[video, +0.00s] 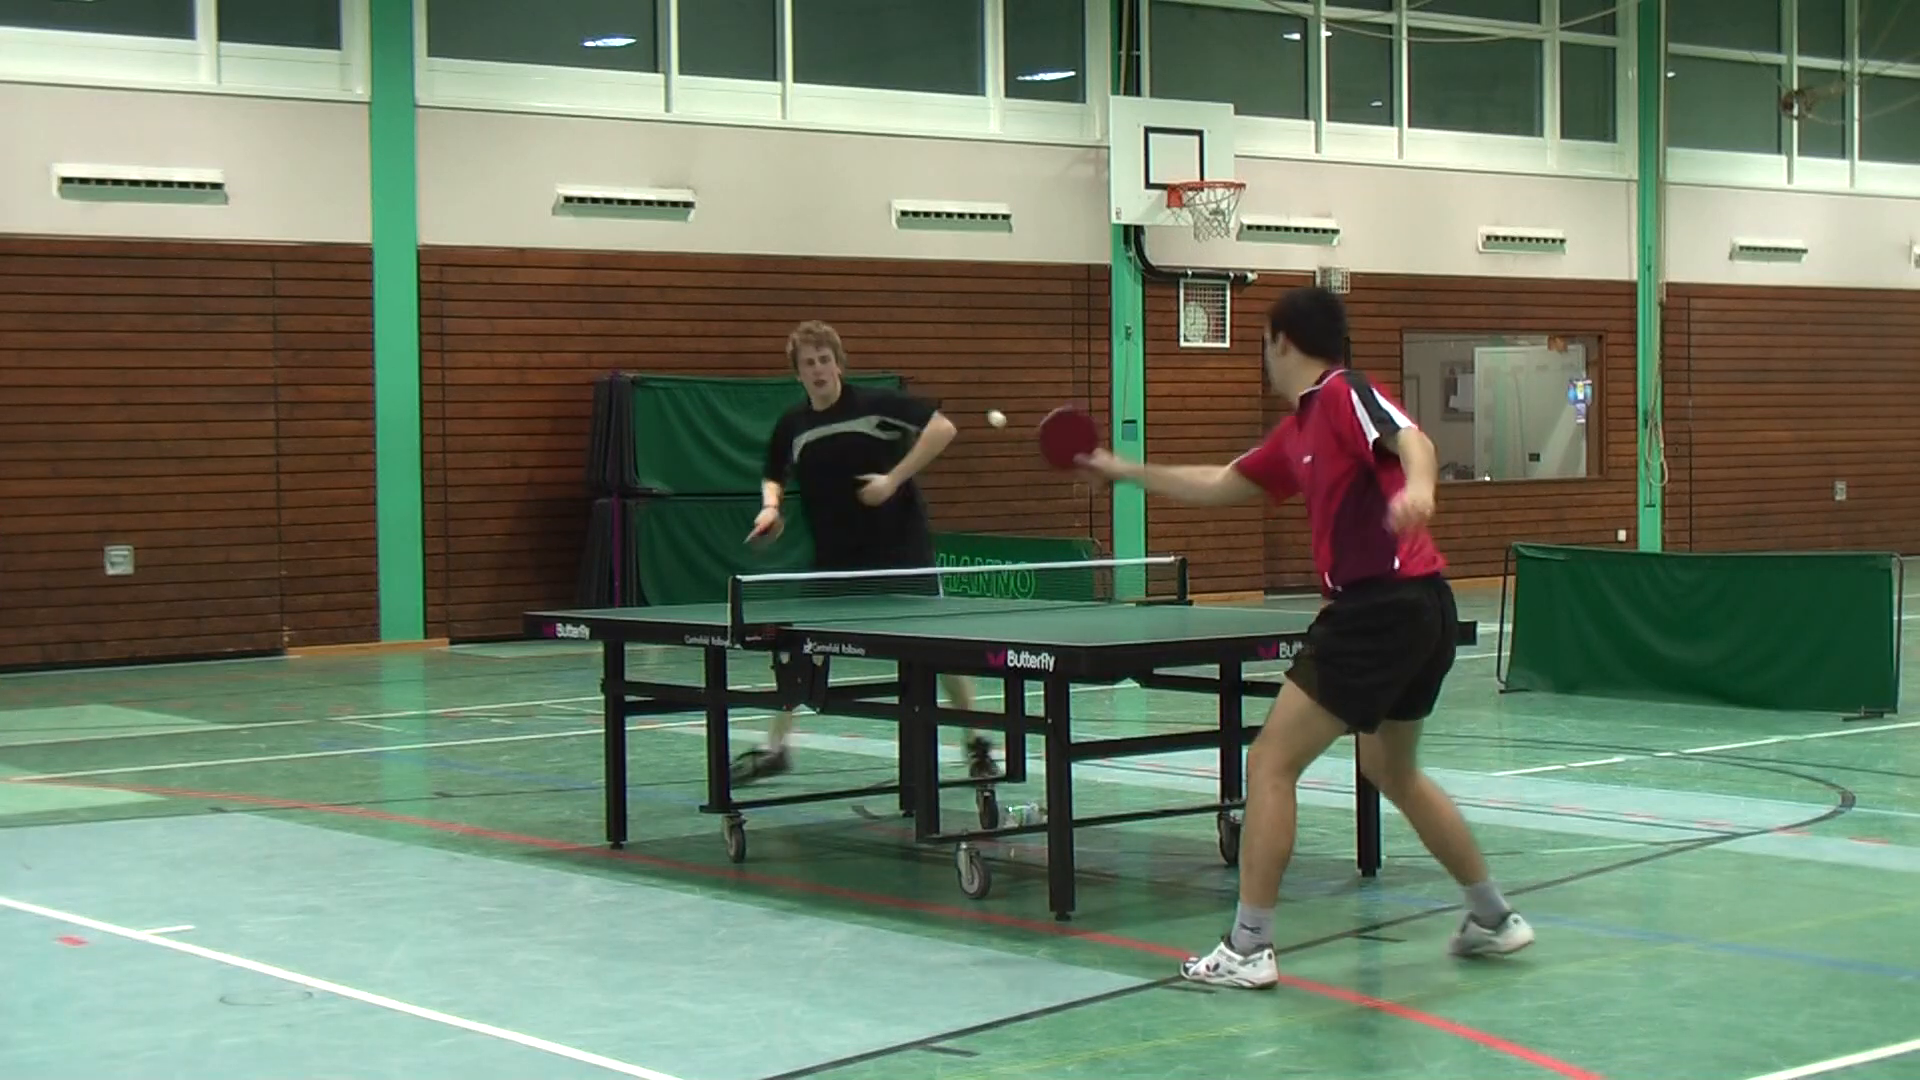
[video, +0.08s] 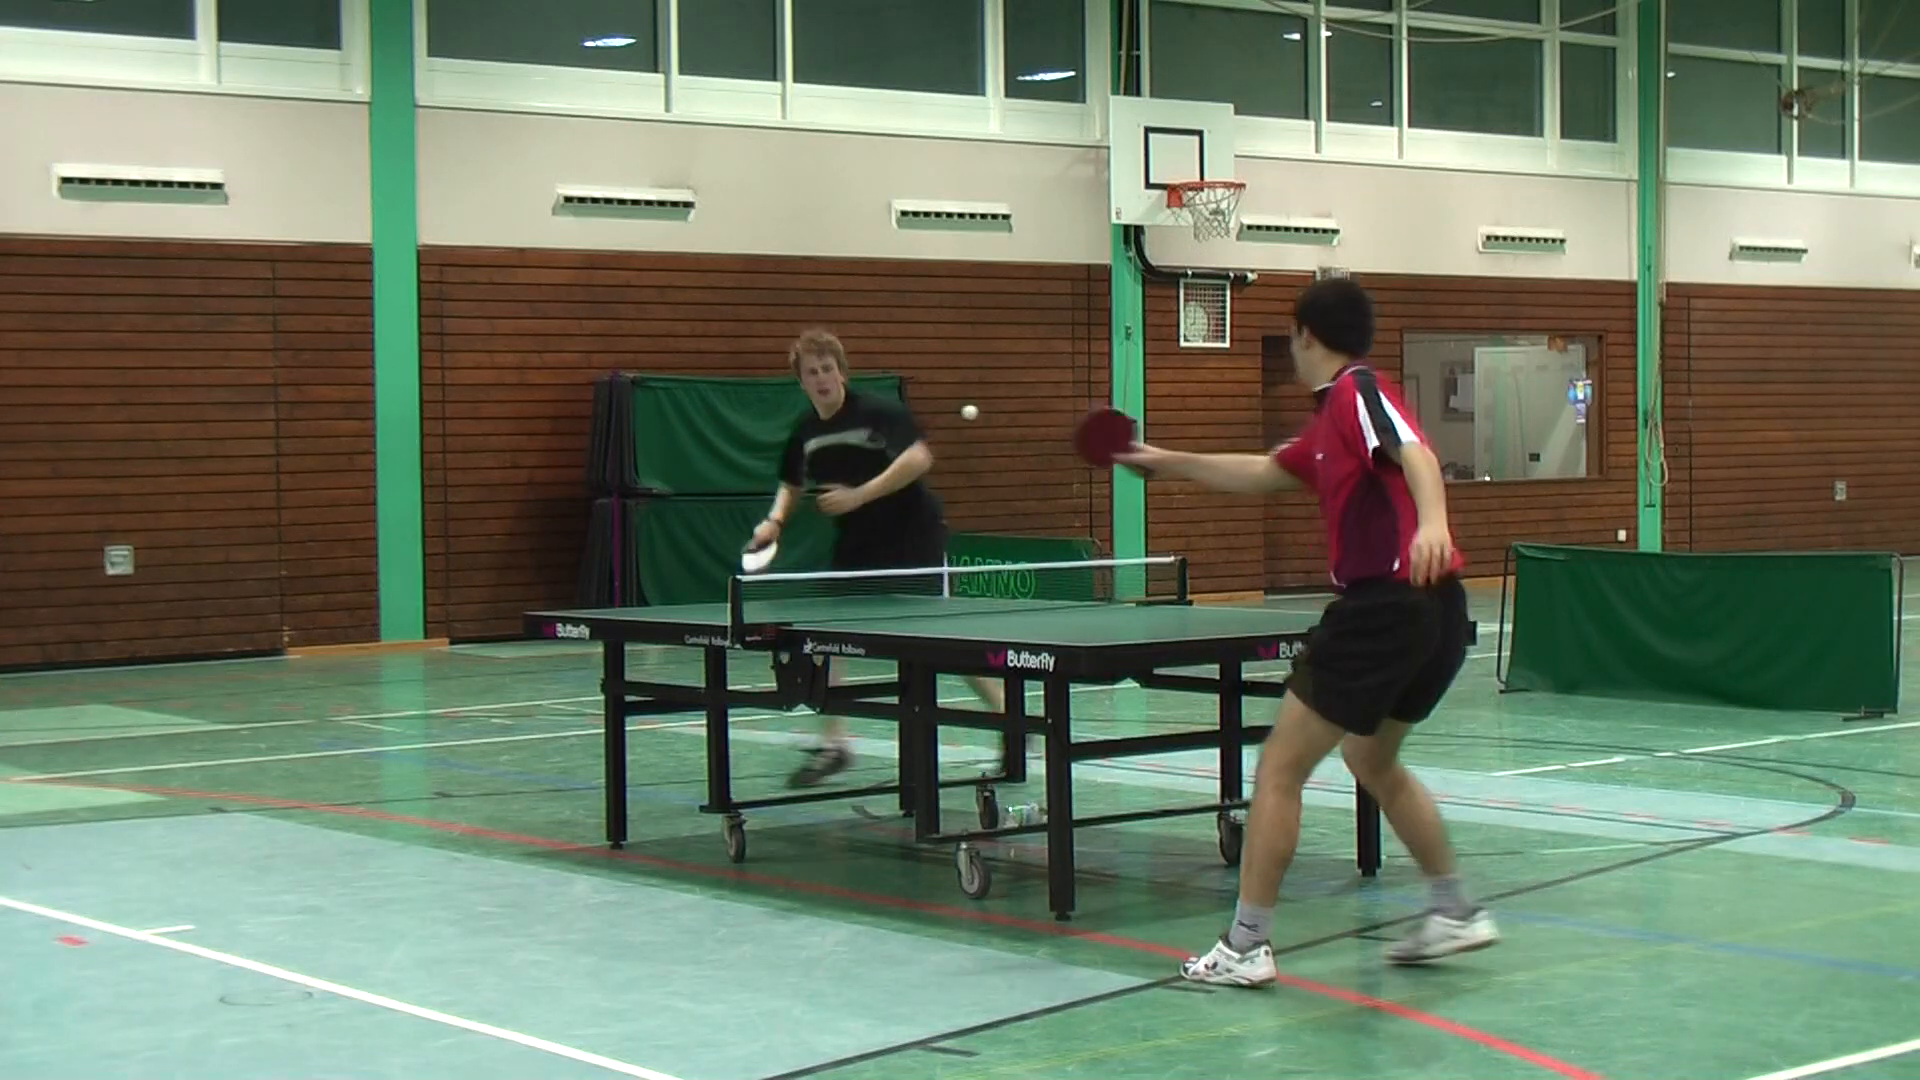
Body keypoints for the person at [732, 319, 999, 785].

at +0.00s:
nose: (817, 369)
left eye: (824, 360)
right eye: (808, 363)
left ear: (840, 363)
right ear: (797, 371)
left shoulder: (878, 405)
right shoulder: (792, 426)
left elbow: (942, 428)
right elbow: (773, 476)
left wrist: (894, 477)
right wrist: (771, 507)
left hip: (903, 559)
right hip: (834, 563)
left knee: (941, 650)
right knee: (798, 649)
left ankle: (977, 742)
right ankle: (776, 747)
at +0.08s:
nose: (822, 379)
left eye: (829, 369)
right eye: (812, 372)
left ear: (843, 371)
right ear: (800, 380)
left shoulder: (880, 413)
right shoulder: (804, 432)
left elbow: (920, 456)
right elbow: (791, 485)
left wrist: (859, 494)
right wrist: (774, 522)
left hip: (914, 541)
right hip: (858, 546)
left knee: (940, 637)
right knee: (824, 640)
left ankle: (1012, 719)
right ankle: (836, 742)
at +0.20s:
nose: (841, 404)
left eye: (848, 392)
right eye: (831, 397)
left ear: (863, 394)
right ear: (820, 404)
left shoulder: (886, 434)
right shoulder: (841, 445)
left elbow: (863, 492)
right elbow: (847, 494)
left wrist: (808, 503)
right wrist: (830, 526)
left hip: (948, 557)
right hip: (893, 559)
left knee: (994, 651)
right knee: (841, 639)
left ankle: (1064, 747)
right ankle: (847, 755)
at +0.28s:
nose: (853, 410)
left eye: (860, 398)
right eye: (843, 403)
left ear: (877, 396)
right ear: (835, 408)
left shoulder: (895, 431)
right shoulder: (877, 441)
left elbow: (843, 494)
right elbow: (902, 495)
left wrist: (803, 497)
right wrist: (882, 524)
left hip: (980, 549)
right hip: (927, 556)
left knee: (1017, 644)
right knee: (891, 650)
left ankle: (1081, 737)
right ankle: (867, 754)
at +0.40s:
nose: (880, 416)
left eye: (886, 406)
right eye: (873, 409)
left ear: (907, 400)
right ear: (869, 409)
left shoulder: (923, 432)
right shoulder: (912, 436)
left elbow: (869, 493)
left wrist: (823, 505)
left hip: (1018, 541)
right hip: (969, 547)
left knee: (1050, 647)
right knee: (930, 647)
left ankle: (1120, 741)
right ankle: (938, 750)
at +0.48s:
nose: (907, 415)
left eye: (914, 404)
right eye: (900, 407)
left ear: (936, 402)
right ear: (896, 410)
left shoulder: (951, 431)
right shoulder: (923, 441)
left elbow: (911, 496)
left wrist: (869, 525)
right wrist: (972, 545)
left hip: (1040, 551)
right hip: (989, 555)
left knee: (1068, 654)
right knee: (948, 650)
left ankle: (1134, 749)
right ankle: (940, 755)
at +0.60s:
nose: (932, 403)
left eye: (940, 393)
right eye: (930, 394)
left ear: (967, 391)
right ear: (940, 394)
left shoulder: (990, 422)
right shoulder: (973, 433)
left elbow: (1035, 452)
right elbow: (1005, 481)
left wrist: (1010, 519)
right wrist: (969, 500)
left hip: (1068, 551)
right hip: (1020, 555)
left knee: (1096, 651)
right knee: (979, 649)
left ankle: (1148, 747)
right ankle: (952, 752)